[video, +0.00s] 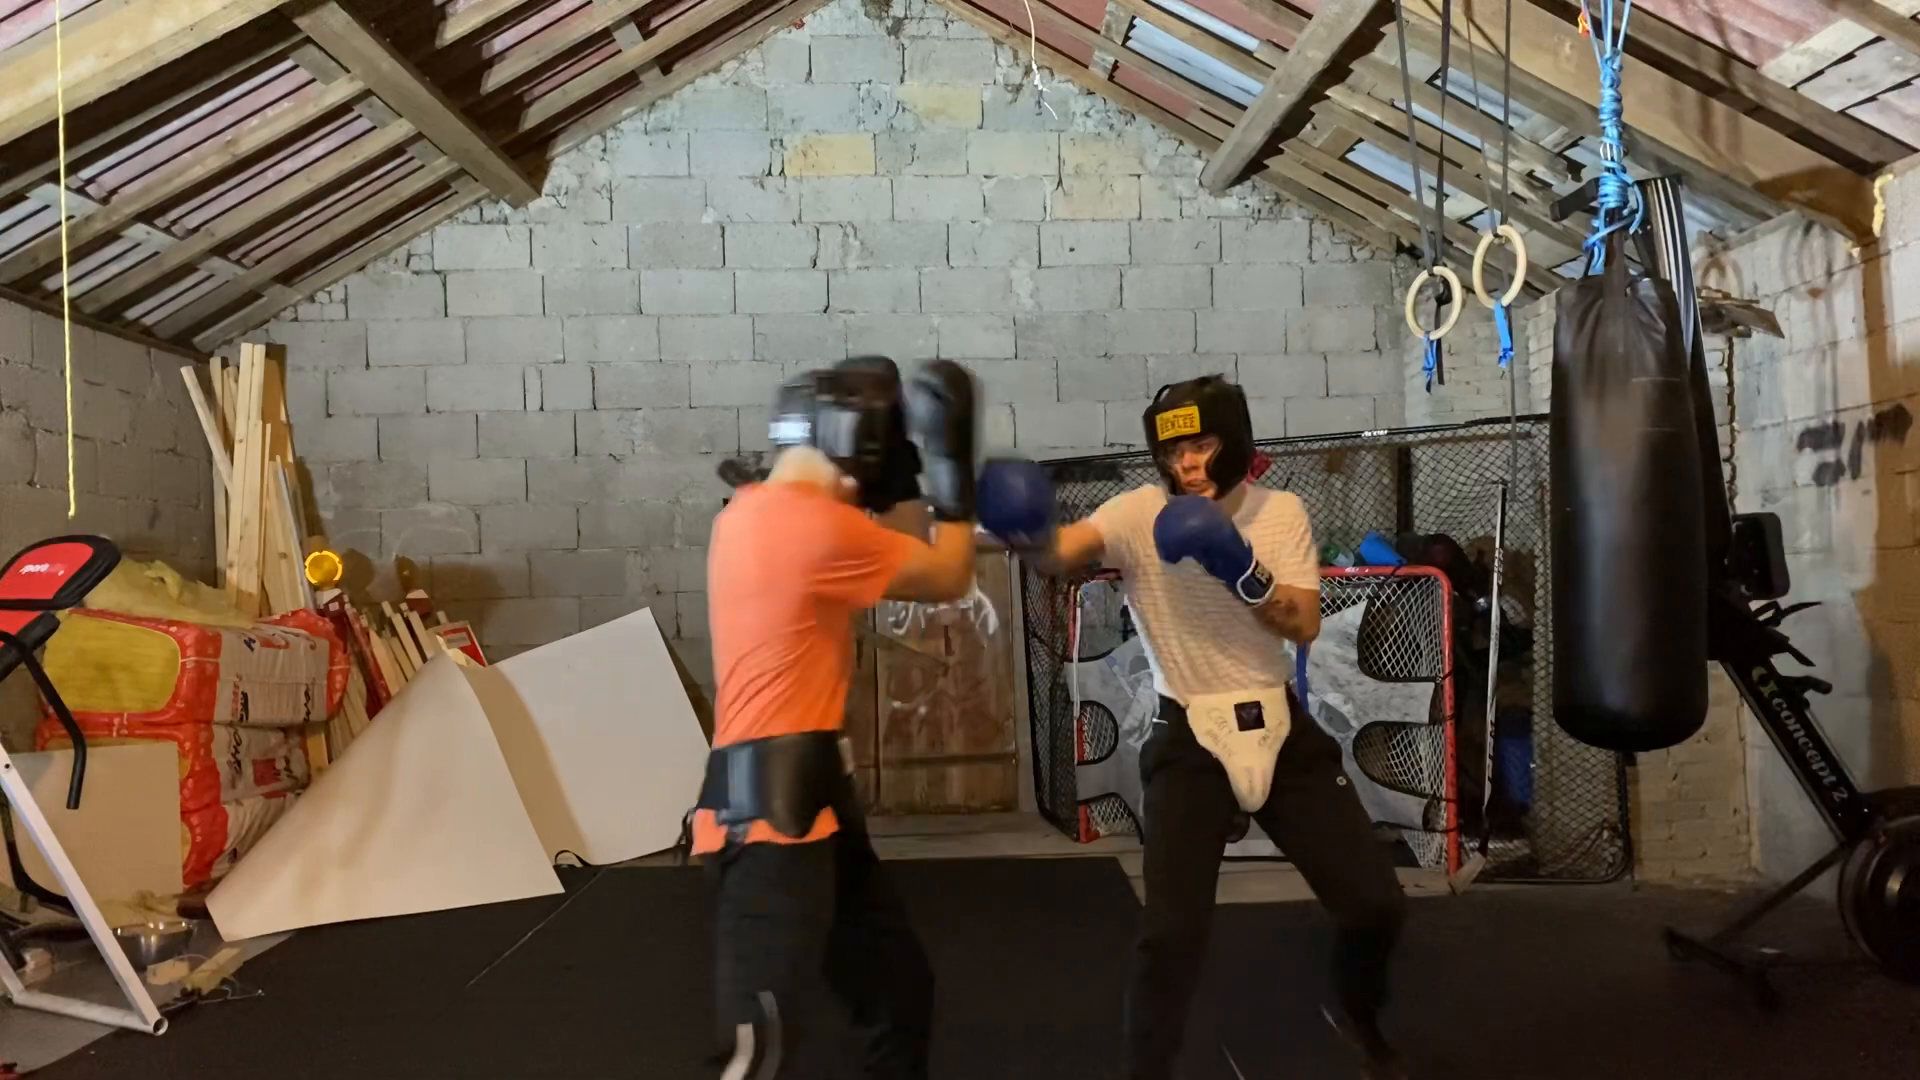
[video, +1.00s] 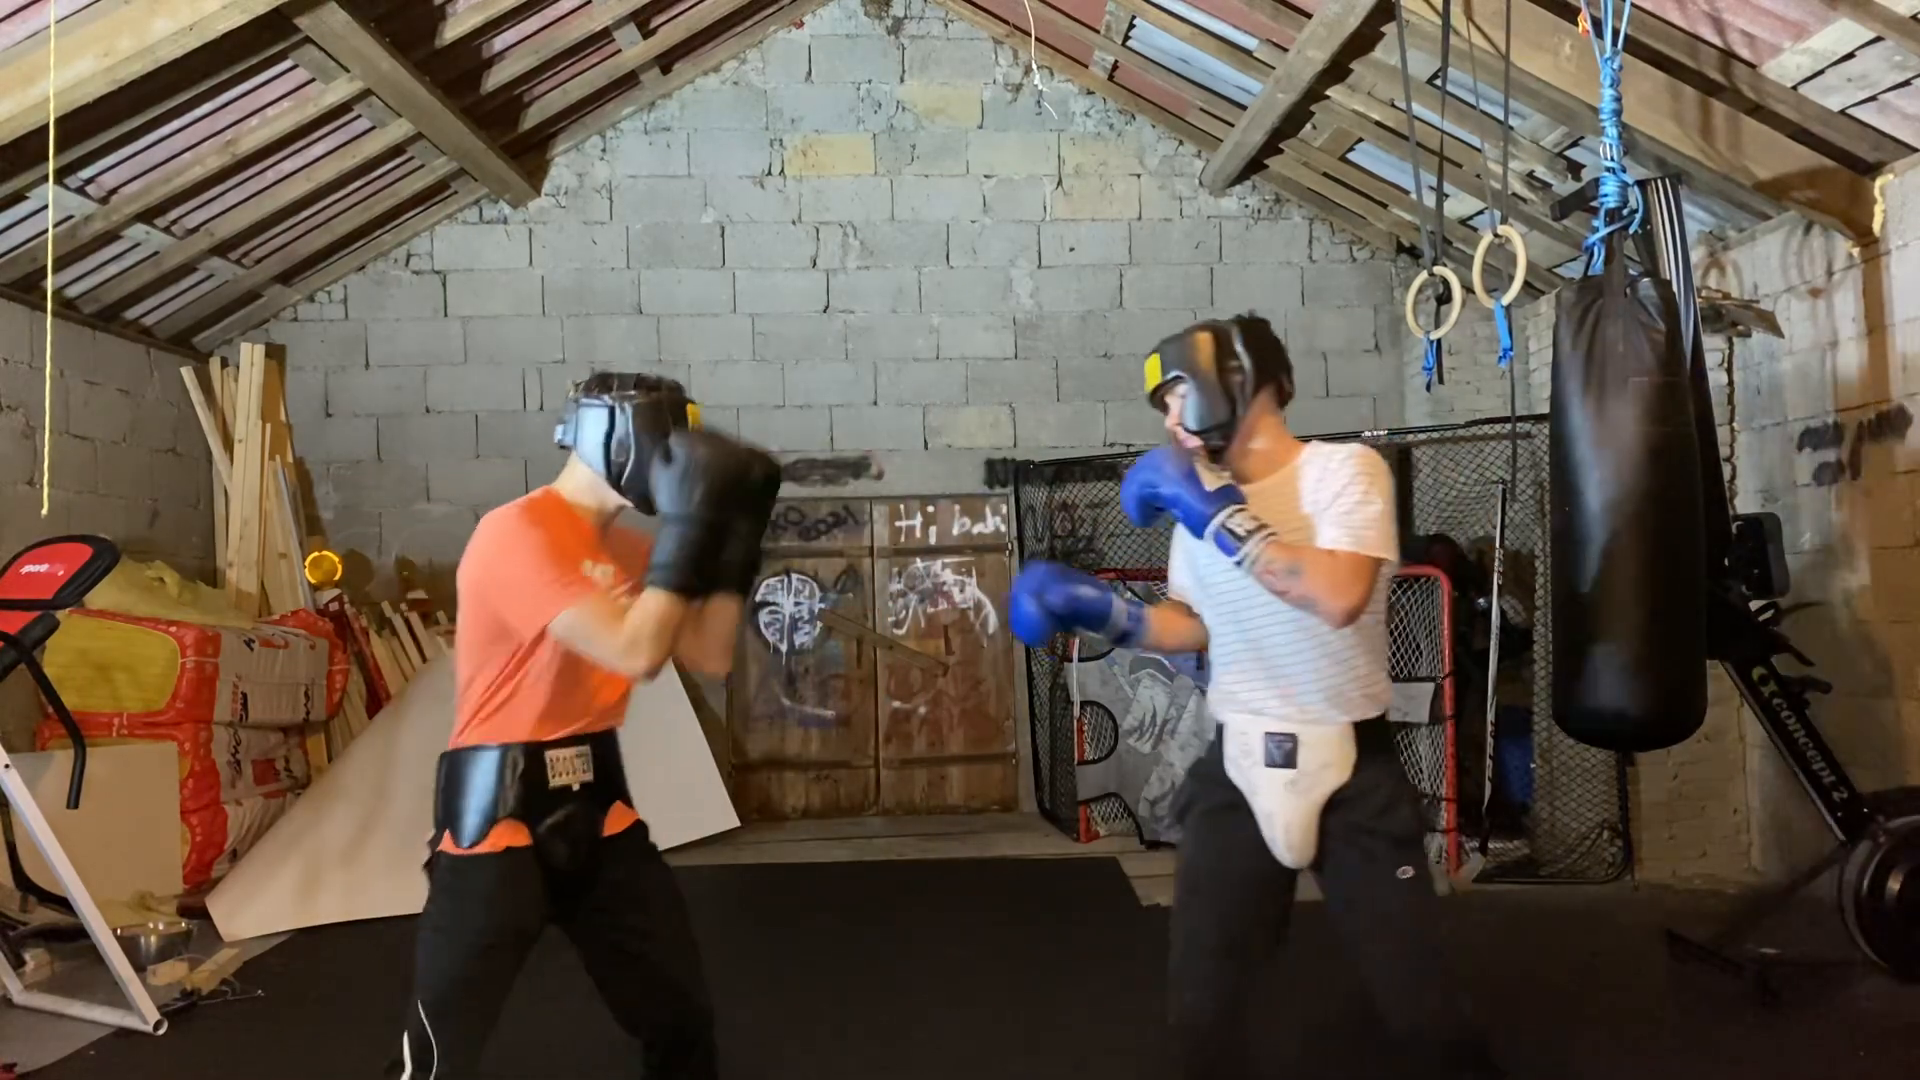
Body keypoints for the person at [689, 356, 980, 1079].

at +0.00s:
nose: (890, 468)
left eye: (895, 449)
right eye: (889, 447)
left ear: (801, 431)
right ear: (859, 447)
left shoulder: (742, 516)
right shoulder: (818, 527)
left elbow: (892, 556)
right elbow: (950, 573)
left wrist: (912, 471)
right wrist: (953, 457)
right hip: (783, 821)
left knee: (897, 992)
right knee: (763, 1044)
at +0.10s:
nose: (816, 438)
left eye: (820, 423)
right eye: (812, 421)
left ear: (729, 410)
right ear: (786, 419)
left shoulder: (677, 494)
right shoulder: (745, 505)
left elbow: (827, 548)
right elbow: (889, 570)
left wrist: (856, 472)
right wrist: (894, 458)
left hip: (692, 773)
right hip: (739, 784)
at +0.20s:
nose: (760, 429)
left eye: (760, 414)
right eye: (754, 413)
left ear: (674, 406)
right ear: (719, 409)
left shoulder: (648, 495)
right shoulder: (653, 504)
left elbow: (757, 600)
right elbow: (796, 620)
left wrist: (782, 497)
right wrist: (827, 487)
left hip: (678, 817)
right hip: (626, 828)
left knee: (772, 1006)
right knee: (554, 1045)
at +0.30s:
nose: (699, 461)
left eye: (700, 442)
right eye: (694, 441)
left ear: (609, 429)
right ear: (661, 436)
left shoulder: (599, 540)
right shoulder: (571, 542)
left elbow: (677, 673)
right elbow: (694, 685)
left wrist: (724, 565)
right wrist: (737, 558)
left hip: (611, 854)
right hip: (542, 869)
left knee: (726, 1034)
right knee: (484, 1062)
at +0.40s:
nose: (664, 451)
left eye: (665, 431)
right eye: (656, 430)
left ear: (584, 422)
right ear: (613, 426)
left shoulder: (587, 539)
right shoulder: (502, 532)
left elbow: (589, 692)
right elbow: (595, 701)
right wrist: (662, 578)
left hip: (581, 838)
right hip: (490, 850)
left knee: (678, 1046)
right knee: (463, 1065)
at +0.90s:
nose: (659, 481)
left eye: (661, 463)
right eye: (652, 461)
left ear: (591, 454)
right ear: (605, 456)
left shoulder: (594, 567)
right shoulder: (484, 548)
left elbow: (646, 711)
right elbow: (564, 701)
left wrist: (706, 610)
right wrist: (648, 586)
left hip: (570, 827)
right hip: (475, 839)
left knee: (673, 1027)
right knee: (454, 1059)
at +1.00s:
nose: (676, 461)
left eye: (679, 447)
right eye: (667, 444)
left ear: (606, 439)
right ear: (619, 439)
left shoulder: (634, 544)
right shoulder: (512, 535)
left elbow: (712, 654)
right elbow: (634, 648)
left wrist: (736, 533)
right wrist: (687, 524)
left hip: (594, 809)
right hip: (495, 822)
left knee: (680, 1026)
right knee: (436, 1055)